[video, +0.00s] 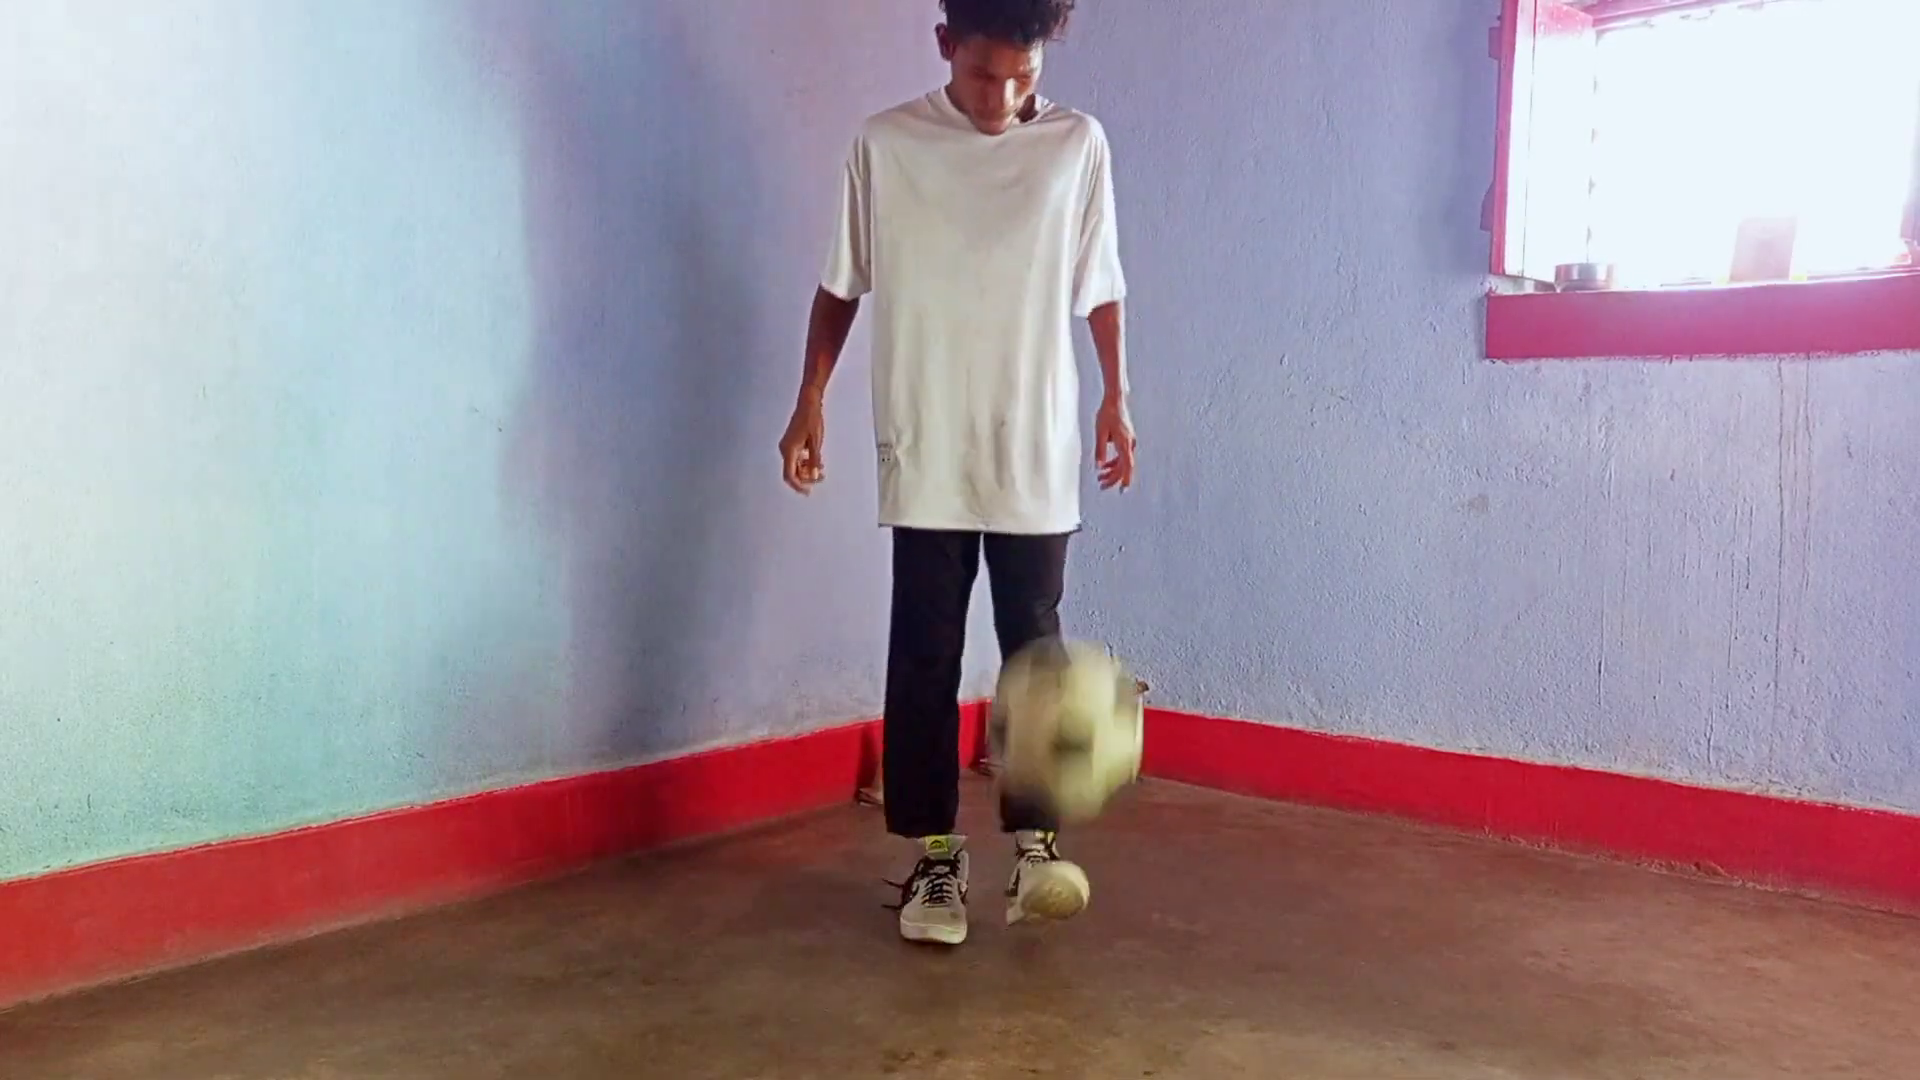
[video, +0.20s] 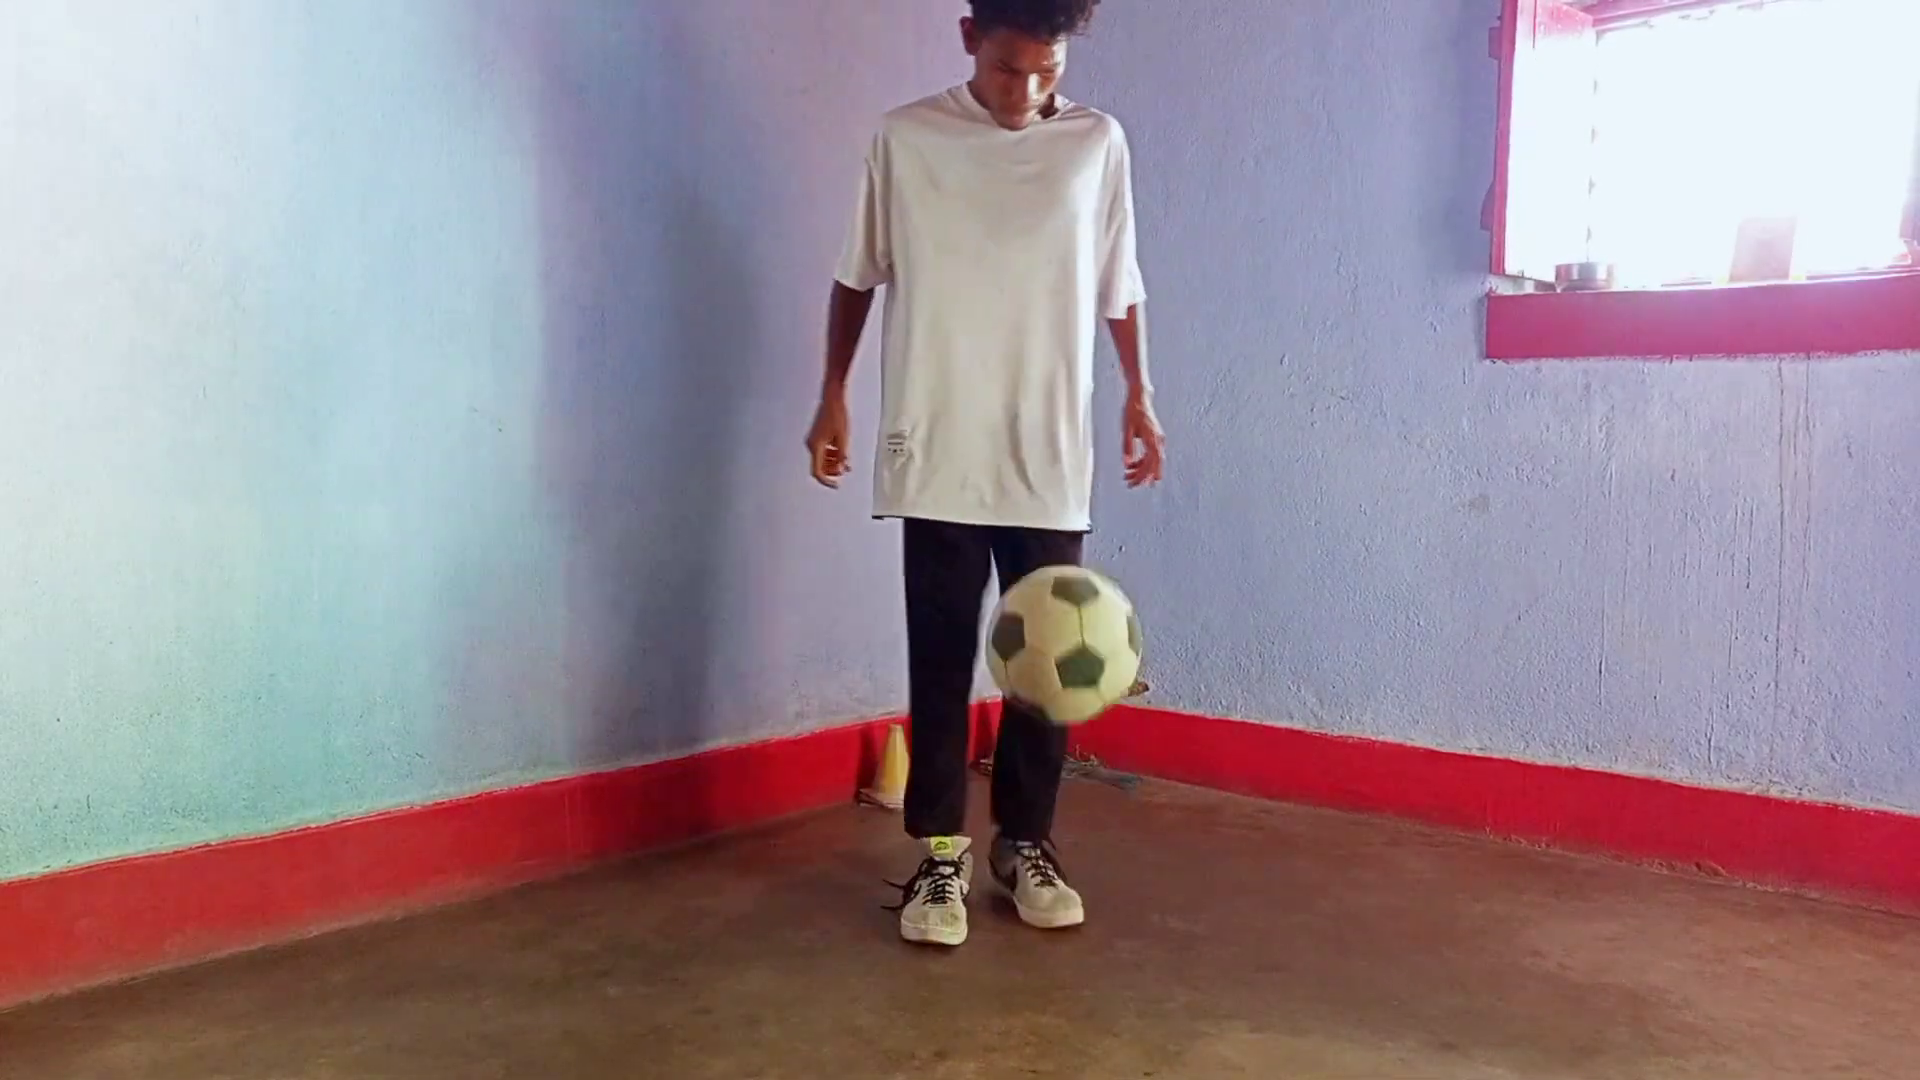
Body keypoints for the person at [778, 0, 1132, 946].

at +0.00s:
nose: (1001, 97)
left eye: (1019, 77)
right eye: (983, 76)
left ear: (1043, 56)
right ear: (944, 46)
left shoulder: (1076, 143)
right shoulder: (884, 143)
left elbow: (1100, 281)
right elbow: (841, 283)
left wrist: (1116, 398)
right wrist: (809, 402)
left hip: (1036, 441)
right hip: (925, 442)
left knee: (1036, 649)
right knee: (926, 657)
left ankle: (1036, 847)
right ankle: (935, 860)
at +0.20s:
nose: (1028, 89)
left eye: (1046, 70)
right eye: (1010, 68)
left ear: (1067, 51)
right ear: (969, 41)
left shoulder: (1097, 142)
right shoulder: (904, 138)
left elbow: (1119, 283)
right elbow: (857, 278)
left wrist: (1139, 396)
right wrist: (833, 394)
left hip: (1052, 448)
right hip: (938, 445)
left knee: (1048, 660)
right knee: (942, 663)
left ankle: (1028, 848)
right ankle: (940, 860)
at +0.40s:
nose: (1048, 108)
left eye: (1066, 88)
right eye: (1032, 85)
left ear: (1090, 71)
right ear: (993, 54)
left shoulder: (1113, 159)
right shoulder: (923, 152)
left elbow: (1145, 300)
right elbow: (882, 292)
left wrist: (1172, 408)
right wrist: (865, 415)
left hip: (1056, 454)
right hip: (951, 447)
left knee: (1045, 662)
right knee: (989, 662)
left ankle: (1046, 853)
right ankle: (1003, 866)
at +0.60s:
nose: (1043, 96)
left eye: (1062, 78)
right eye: (1027, 75)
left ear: (1083, 58)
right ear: (987, 43)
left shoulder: (1105, 148)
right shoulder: (917, 137)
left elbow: (1139, 291)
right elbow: (875, 271)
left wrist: (1164, 403)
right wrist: (861, 381)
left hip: (1050, 445)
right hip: (941, 440)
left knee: (1040, 652)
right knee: (954, 646)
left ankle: (1024, 848)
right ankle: (950, 855)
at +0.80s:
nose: (1021, 109)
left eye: (1038, 90)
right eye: (1004, 87)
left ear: (1058, 66)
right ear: (962, 52)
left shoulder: (1082, 156)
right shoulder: (897, 152)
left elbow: (1102, 301)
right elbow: (849, 290)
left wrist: (1118, 417)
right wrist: (831, 411)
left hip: (1036, 455)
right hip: (927, 453)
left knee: (1024, 664)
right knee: (920, 663)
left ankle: (1013, 846)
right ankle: (917, 856)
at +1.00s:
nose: (1030, 101)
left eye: (1049, 82)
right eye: (1013, 80)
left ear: (1071, 59)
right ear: (978, 47)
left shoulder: (1095, 152)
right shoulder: (906, 140)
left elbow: (1101, 296)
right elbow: (850, 277)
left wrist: (1111, 418)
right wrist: (820, 398)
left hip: (1042, 455)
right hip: (931, 451)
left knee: (1028, 668)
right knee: (918, 666)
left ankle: (1019, 857)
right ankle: (917, 861)